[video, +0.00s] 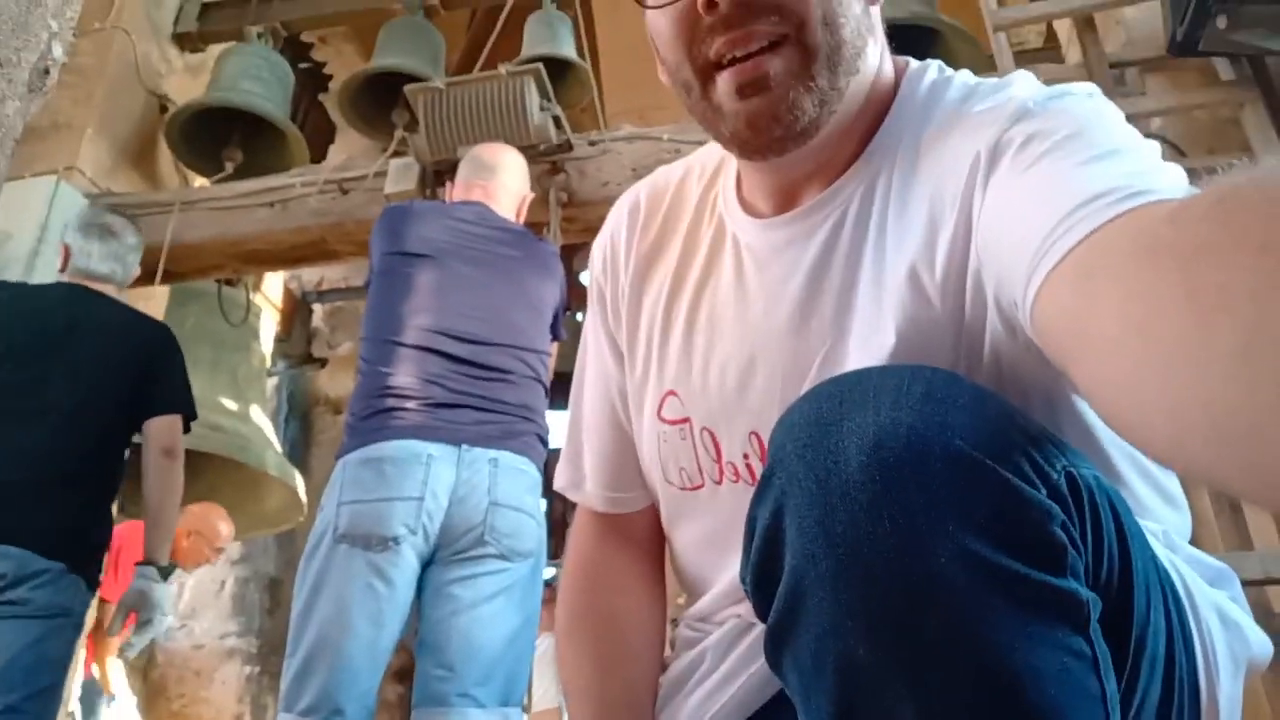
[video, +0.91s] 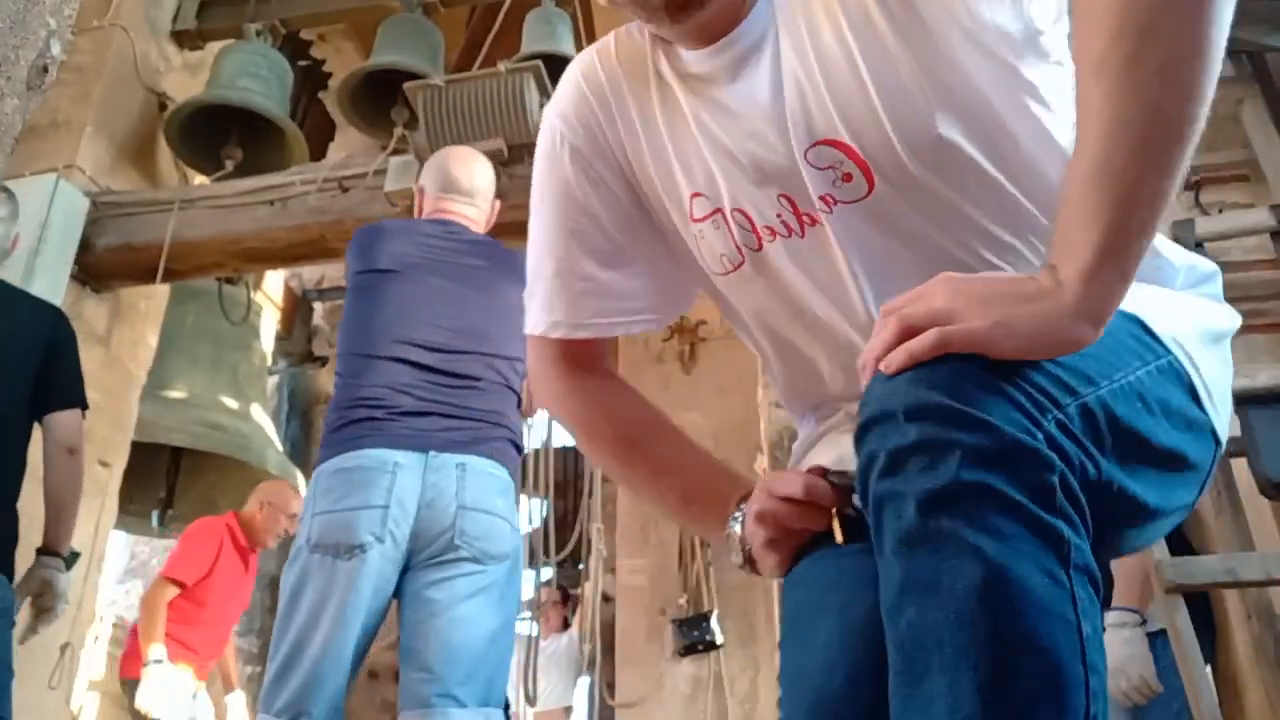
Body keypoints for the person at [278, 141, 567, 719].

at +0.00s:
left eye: (450, 187)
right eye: (527, 202)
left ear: (447, 190)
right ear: (526, 208)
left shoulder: (396, 222)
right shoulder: (548, 262)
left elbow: (400, 313)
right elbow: (545, 362)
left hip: (388, 461)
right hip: (510, 475)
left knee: (324, 702)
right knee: (473, 704)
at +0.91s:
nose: (414, 203)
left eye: (413, 197)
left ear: (418, 200)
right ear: (495, 212)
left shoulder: (367, 244)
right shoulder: (525, 270)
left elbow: (357, 356)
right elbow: (529, 395)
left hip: (363, 470)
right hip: (482, 481)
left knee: (298, 703)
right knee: (457, 705)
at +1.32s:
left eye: (337, 233)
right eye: (413, 231)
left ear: (337, 238)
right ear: (412, 236)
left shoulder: (295, 280)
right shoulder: (438, 285)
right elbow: (498, 410)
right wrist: (452, 354)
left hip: (273, 483)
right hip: (389, 488)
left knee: (243, 705)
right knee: (386, 706)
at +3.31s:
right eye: (390, 208)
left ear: (310, 218)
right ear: (385, 211)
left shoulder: (265, 270)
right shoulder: (405, 266)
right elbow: (471, 386)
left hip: (230, 489)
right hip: (344, 486)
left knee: (213, 709)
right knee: (308, 707)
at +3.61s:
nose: (394, 215)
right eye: (394, 207)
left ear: (314, 215)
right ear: (388, 209)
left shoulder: (265, 269)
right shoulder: (407, 265)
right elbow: (473, 386)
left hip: (231, 489)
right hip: (345, 485)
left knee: (214, 709)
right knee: (309, 707)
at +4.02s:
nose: (413, 223)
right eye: (413, 217)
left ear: (332, 209)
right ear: (407, 219)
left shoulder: (276, 265)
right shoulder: (417, 264)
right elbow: (480, 386)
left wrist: (430, 369)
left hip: (233, 489)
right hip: (347, 488)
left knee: (217, 709)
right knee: (310, 707)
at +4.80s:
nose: (411, 217)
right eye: (412, 211)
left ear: (330, 215)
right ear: (406, 214)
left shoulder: (277, 271)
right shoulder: (424, 269)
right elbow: (481, 399)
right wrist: (443, 340)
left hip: (241, 487)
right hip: (354, 487)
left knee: (218, 708)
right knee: (313, 708)